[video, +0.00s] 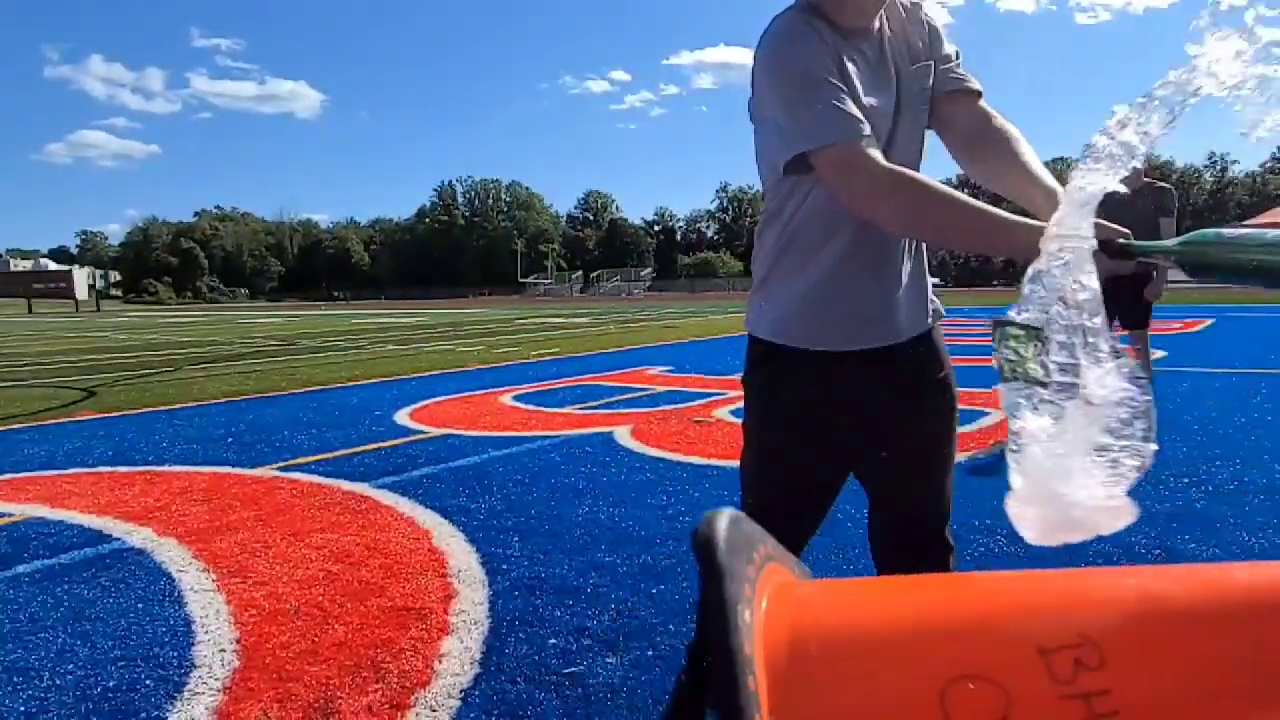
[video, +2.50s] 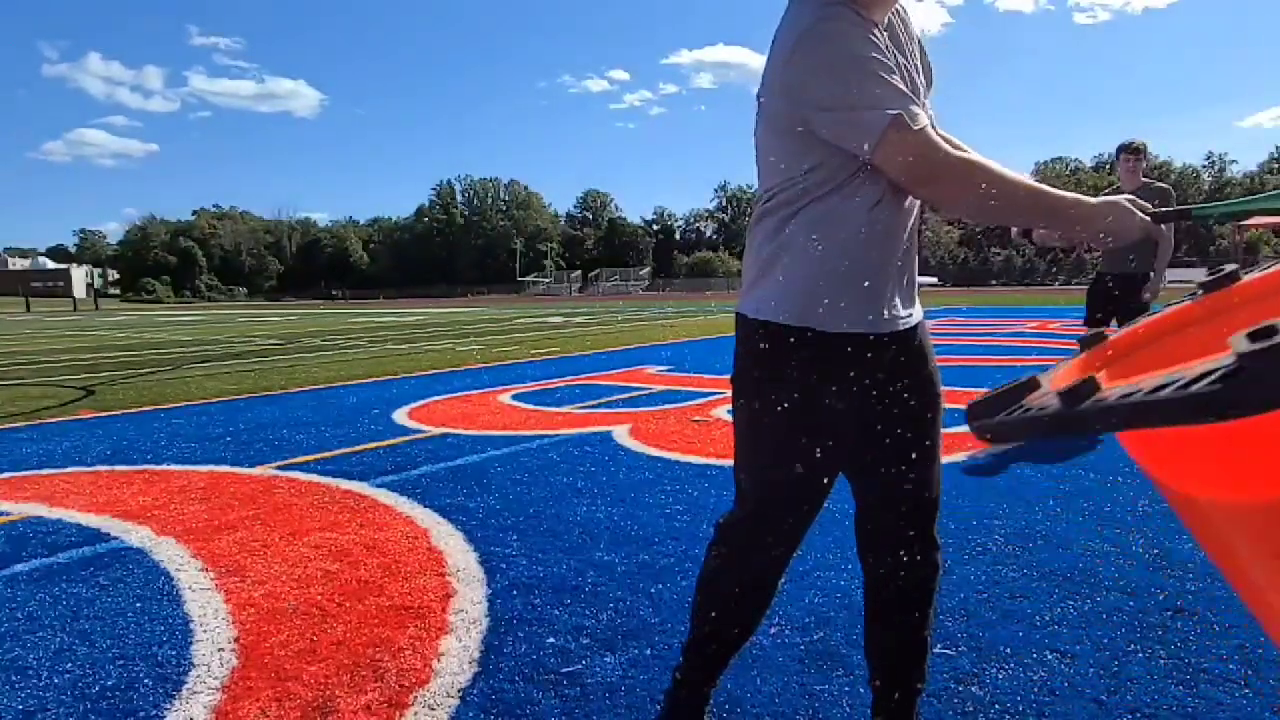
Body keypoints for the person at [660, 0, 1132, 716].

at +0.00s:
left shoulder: (911, 22)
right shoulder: (793, 43)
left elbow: (976, 130)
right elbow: (865, 184)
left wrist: (1067, 214)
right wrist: (1041, 242)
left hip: (906, 344)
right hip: (803, 352)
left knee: (921, 555)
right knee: (763, 555)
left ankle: (938, 708)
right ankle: (704, 697)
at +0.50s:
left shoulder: (913, 23)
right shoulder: (798, 42)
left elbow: (977, 137)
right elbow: (887, 182)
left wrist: (1083, 221)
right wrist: (1064, 238)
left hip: (904, 338)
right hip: (802, 346)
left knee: (921, 539)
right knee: (769, 531)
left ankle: (923, 694)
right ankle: (693, 696)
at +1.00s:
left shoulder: (907, 19)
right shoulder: (807, 42)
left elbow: (965, 132)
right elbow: (903, 180)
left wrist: (1087, 217)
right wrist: (1077, 236)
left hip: (900, 339)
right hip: (802, 345)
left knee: (912, 533)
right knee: (768, 531)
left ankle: (900, 693)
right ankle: (692, 698)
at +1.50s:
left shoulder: (904, 23)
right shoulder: (812, 39)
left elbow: (957, 136)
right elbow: (914, 177)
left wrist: (1086, 217)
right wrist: (1081, 227)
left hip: (898, 344)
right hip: (798, 348)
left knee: (908, 552)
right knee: (764, 536)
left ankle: (899, 707)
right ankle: (689, 700)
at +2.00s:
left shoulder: (905, 33)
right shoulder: (819, 33)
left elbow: (951, 145)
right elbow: (919, 171)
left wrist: (1072, 220)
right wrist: (1078, 219)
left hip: (895, 340)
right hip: (796, 343)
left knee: (908, 549)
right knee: (764, 532)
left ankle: (898, 708)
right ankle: (690, 696)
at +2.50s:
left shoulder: (901, 35)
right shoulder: (825, 33)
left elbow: (934, 178)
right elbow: (931, 169)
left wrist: (1041, 222)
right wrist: (1086, 214)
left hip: (890, 335)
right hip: (796, 337)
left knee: (905, 546)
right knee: (765, 529)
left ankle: (897, 706)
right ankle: (687, 699)